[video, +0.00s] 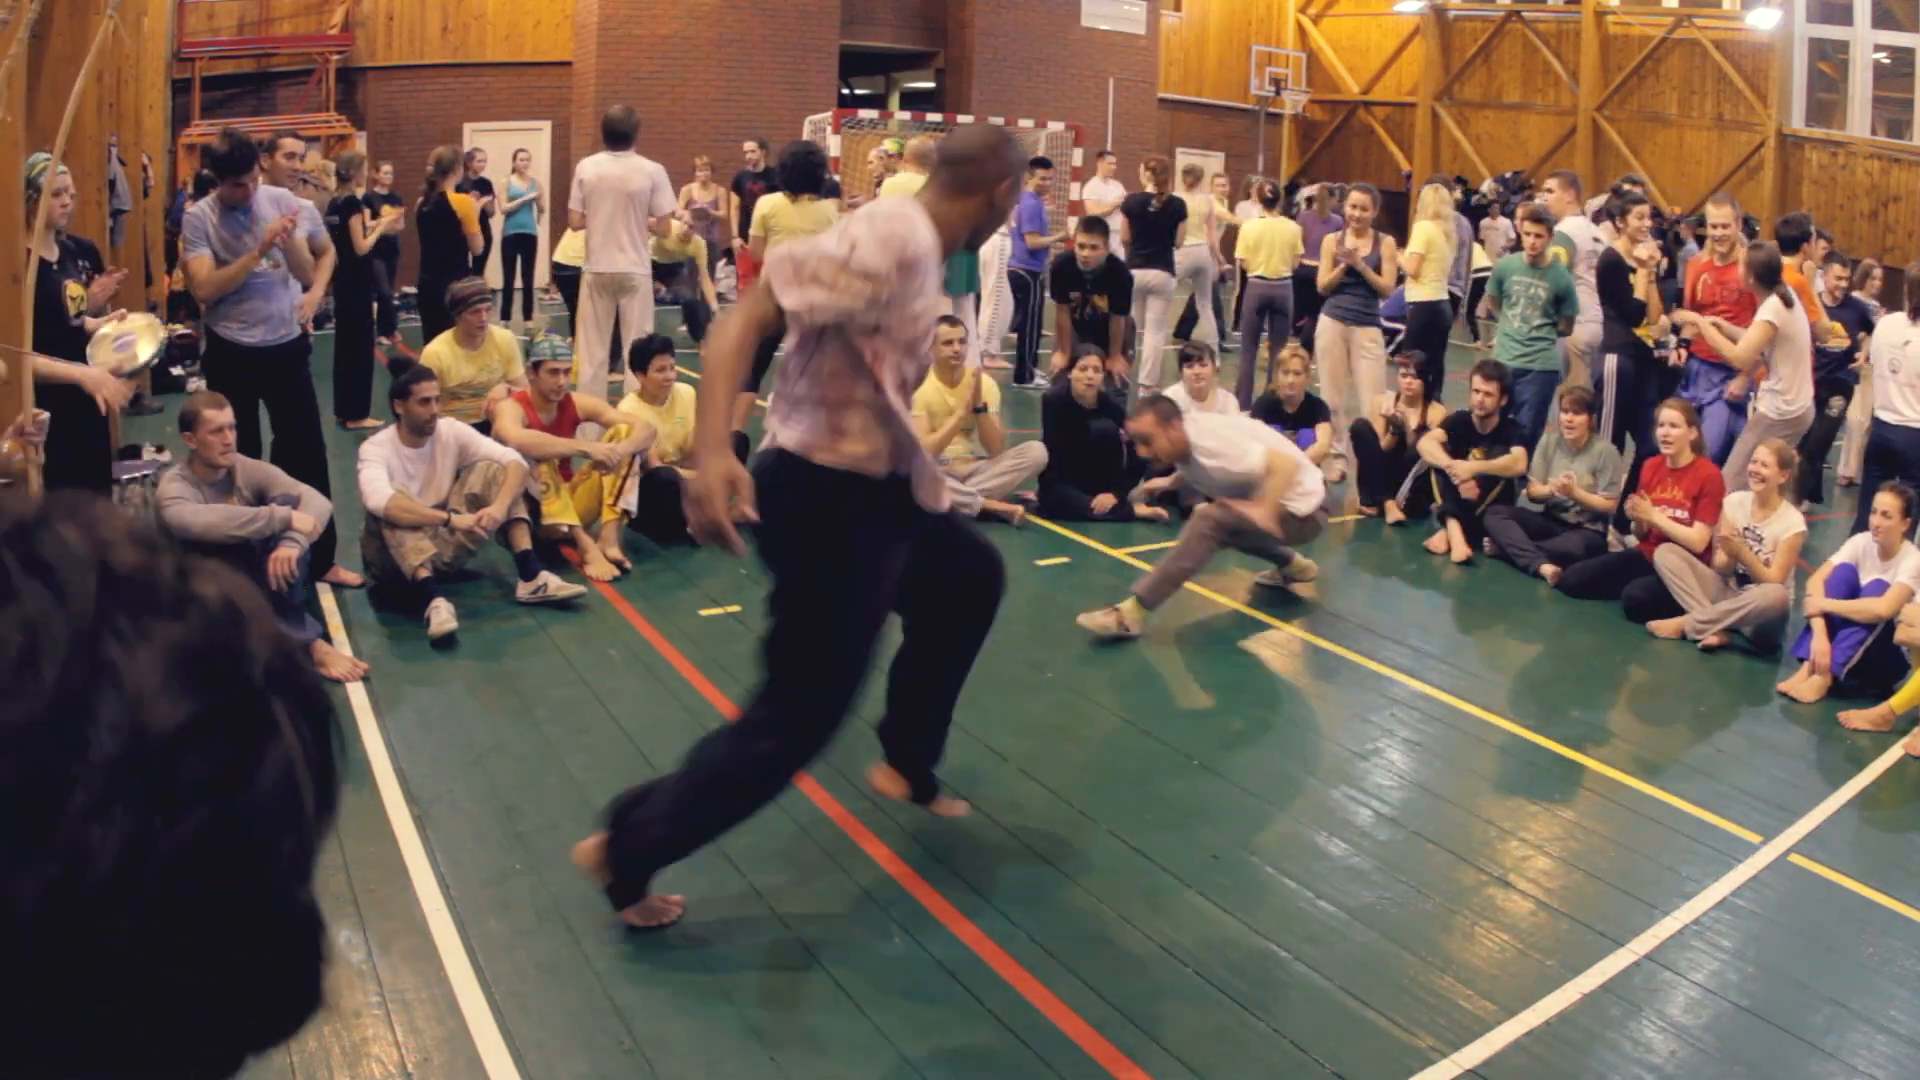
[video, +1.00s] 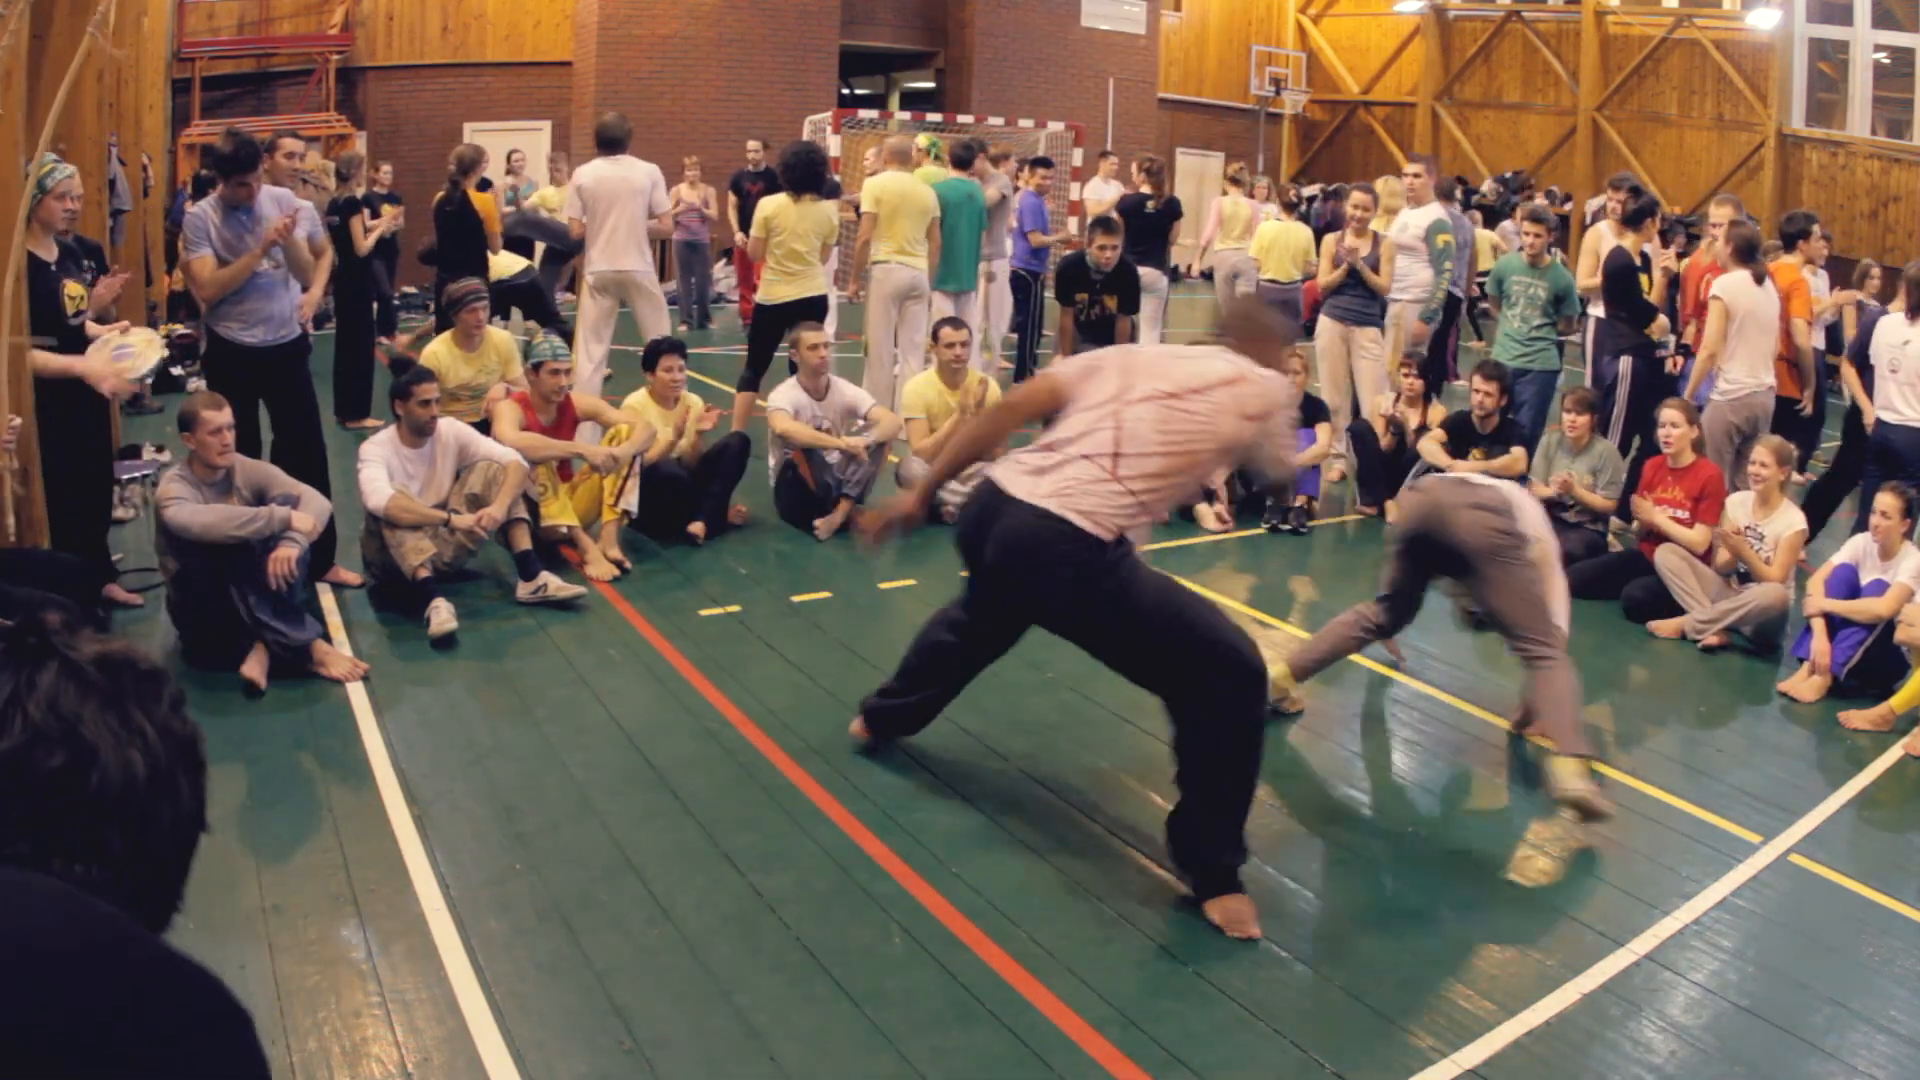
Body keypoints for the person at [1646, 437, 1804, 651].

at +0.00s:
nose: (1754, 469)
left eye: (1764, 465)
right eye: (1753, 462)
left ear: (1783, 476)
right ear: (1747, 464)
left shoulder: (1793, 521)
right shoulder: (1733, 501)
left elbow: (1774, 579)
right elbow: (1719, 566)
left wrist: (1741, 553)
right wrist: (1731, 554)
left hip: (1759, 603)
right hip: (1724, 591)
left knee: (1775, 595)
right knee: (1666, 552)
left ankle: (1685, 624)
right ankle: (1712, 629)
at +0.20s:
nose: (1754, 471)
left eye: (1764, 467)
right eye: (1753, 463)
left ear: (1783, 477)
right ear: (1748, 464)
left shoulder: (1791, 521)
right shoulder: (1734, 501)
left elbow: (1774, 580)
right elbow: (1720, 569)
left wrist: (1739, 551)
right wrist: (1724, 548)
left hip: (1760, 606)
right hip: (1727, 594)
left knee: (1775, 594)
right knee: (1666, 552)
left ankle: (1684, 625)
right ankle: (1712, 629)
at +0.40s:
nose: (1754, 472)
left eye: (1764, 467)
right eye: (1752, 463)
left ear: (1783, 476)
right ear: (1747, 465)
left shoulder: (1792, 521)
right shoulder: (1734, 501)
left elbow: (1775, 579)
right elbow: (1719, 567)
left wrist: (1741, 549)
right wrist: (1728, 549)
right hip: (1727, 595)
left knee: (1775, 594)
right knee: (1666, 552)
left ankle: (1685, 624)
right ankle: (1712, 629)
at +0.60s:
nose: (1753, 472)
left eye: (1763, 467)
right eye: (1751, 464)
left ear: (1783, 475)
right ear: (1745, 466)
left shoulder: (1793, 520)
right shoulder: (1734, 501)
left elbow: (1775, 578)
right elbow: (1720, 566)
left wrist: (1739, 549)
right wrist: (1732, 552)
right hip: (1727, 596)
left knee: (1775, 594)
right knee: (1666, 552)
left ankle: (1685, 624)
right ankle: (1712, 629)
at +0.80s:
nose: (1753, 473)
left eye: (1762, 467)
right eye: (1751, 465)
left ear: (1783, 475)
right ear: (1745, 466)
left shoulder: (1793, 520)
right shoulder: (1734, 501)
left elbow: (1778, 579)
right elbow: (1719, 568)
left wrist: (1745, 554)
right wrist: (1727, 551)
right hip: (1727, 596)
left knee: (1775, 594)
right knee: (1665, 552)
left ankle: (1684, 624)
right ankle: (1712, 629)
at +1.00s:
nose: (1754, 471)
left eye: (1764, 465)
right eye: (1752, 463)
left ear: (1783, 473)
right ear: (1746, 465)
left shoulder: (1794, 520)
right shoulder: (1735, 502)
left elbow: (1776, 578)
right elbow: (1719, 566)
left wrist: (1741, 550)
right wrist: (1735, 550)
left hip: (1760, 606)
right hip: (1726, 594)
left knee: (1775, 594)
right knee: (1666, 552)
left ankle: (1685, 624)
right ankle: (1712, 629)